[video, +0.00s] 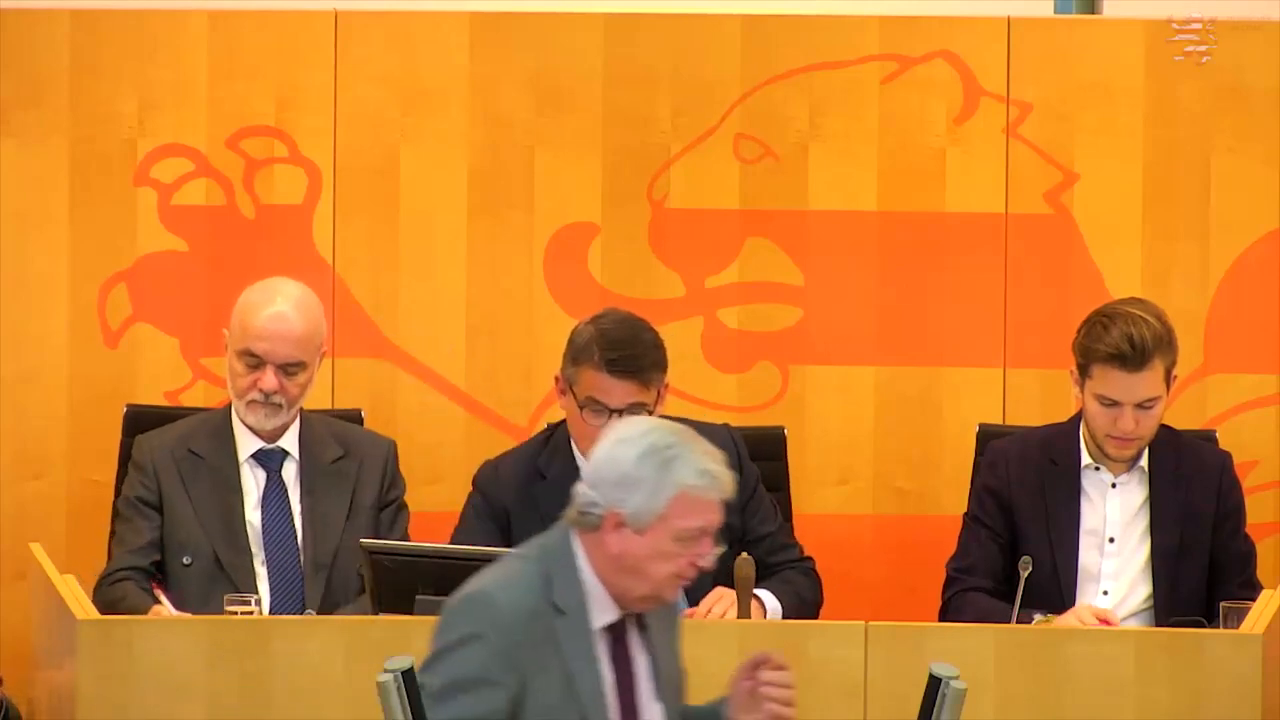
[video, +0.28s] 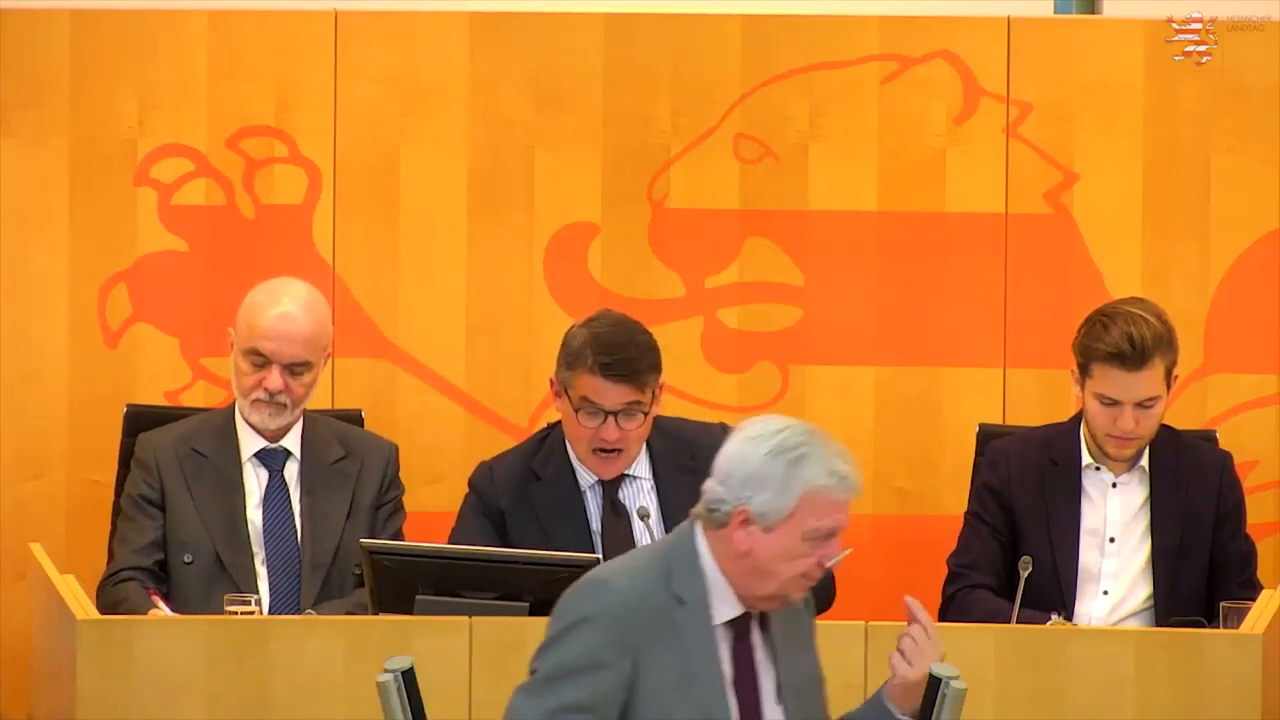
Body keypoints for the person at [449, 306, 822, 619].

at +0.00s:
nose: (615, 430)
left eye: (634, 412)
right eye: (596, 411)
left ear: (661, 395)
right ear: (562, 392)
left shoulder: (718, 452)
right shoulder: (504, 484)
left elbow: (799, 579)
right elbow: (468, 601)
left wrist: (755, 605)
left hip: (703, 662)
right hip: (559, 675)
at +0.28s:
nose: (610, 433)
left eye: (629, 412)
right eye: (591, 412)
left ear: (656, 396)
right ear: (558, 394)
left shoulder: (722, 455)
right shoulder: (500, 488)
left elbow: (818, 585)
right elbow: (455, 610)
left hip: (704, 675)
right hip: (567, 679)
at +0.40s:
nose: (611, 439)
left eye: (630, 418)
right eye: (592, 418)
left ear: (656, 400)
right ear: (557, 399)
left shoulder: (714, 454)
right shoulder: (497, 492)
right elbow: (460, 613)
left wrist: (732, 538)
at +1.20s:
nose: (618, 450)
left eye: (636, 427)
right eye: (597, 429)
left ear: (656, 407)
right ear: (557, 407)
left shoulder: (706, 452)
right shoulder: (495, 491)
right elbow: (455, 615)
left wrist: (692, 508)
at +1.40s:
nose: (616, 432)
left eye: (634, 409)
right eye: (595, 410)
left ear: (654, 395)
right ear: (556, 396)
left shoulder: (708, 449)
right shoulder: (498, 486)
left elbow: (771, 565)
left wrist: (689, 487)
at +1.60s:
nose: (605, 430)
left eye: (623, 410)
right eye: (584, 410)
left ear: (647, 393)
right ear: (550, 397)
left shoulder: (704, 451)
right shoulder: (497, 485)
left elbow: (816, 568)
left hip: (697, 677)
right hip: (550, 693)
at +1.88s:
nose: (598, 435)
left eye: (616, 414)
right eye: (577, 415)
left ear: (642, 399)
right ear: (542, 401)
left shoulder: (704, 449)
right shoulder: (497, 493)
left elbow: (824, 512)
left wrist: (773, 598)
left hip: (715, 669)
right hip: (573, 686)